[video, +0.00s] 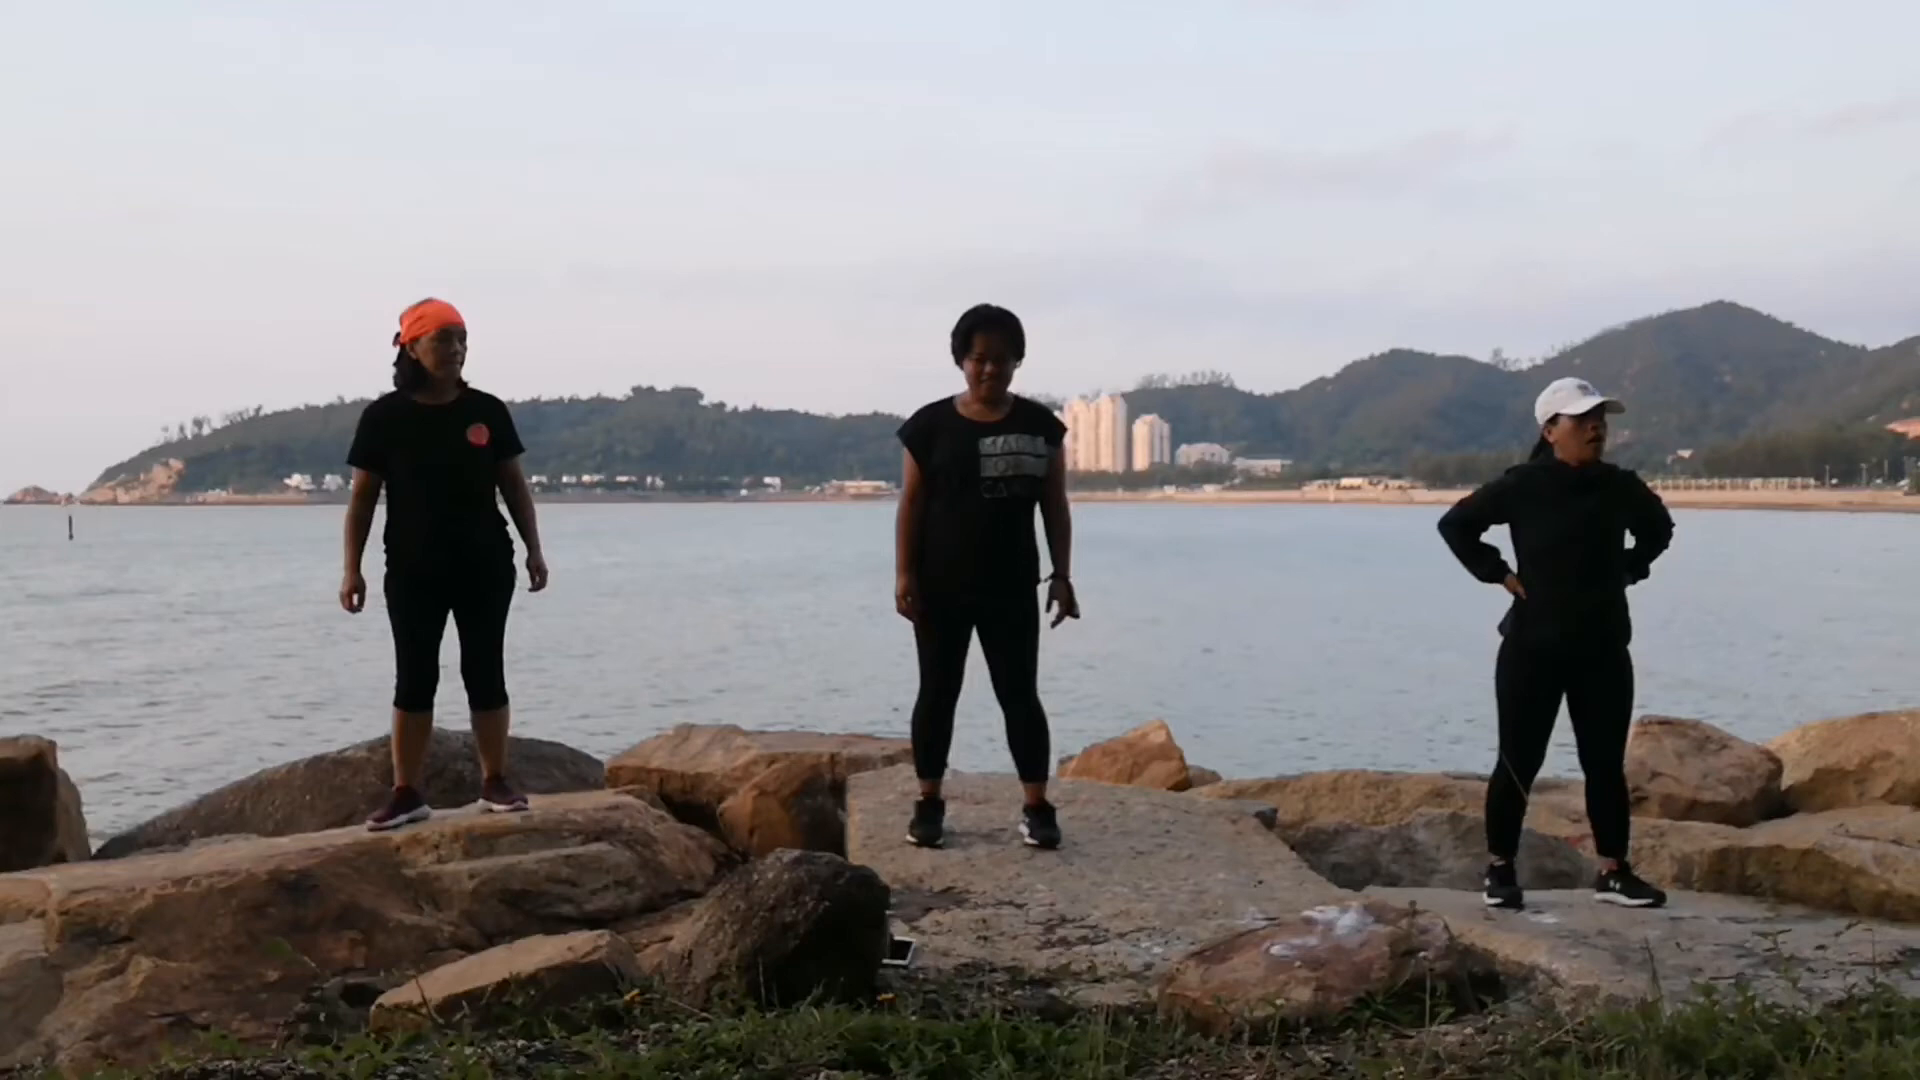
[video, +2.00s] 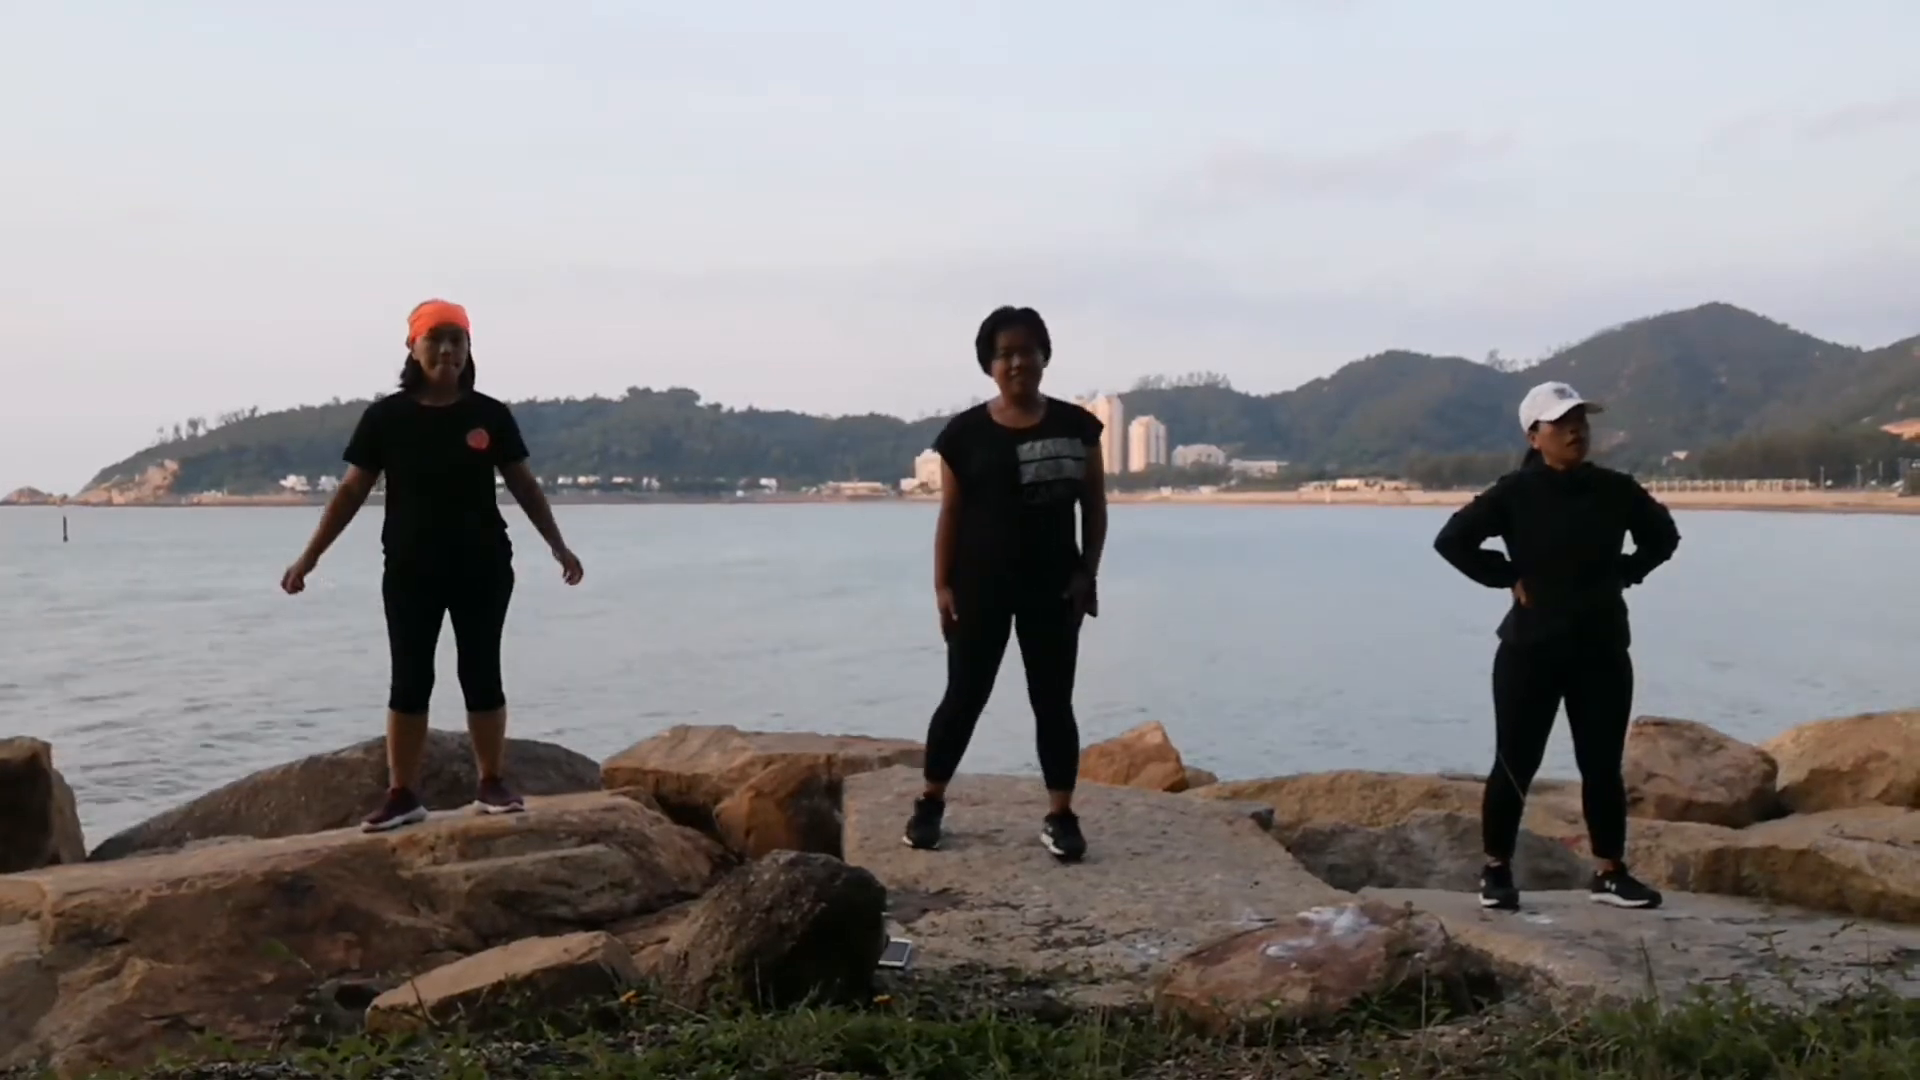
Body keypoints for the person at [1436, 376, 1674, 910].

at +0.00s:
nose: (1598, 429)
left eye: (1600, 419)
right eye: (1584, 420)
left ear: (1602, 425)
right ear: (1551, 429)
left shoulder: (1618, 484)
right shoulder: (1521, 486)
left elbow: (1659, 529)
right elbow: (1454, 526)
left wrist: (1626, 568)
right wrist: (1501, 574)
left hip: (1602, 647)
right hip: (1534, 645)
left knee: (1606, 764)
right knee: (1519, 761)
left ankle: (1614, 870)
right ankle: (1501, 869)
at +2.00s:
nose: (1577, 431)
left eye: (1580, 420)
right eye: (1563, 424)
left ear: (1586, 425)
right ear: (1535, 435)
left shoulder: (1614, 489)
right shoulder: (1514, 493)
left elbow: (1664, 536)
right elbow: (1451, 542)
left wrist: (1625, 572)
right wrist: (1508, 576)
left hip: (1601, 649)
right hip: (1531, 649)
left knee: (1603, 766)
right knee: (1515, 765)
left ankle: (1611, 872)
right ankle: (1497, 872)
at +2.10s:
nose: (1578, 430)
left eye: (1581, 420)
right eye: (1565, 423)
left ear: (1586, 424)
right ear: (1536, 435)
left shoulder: (1614, 488)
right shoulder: (1514, 492)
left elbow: (1664, 536)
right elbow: (1452, 542)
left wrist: (1625, 571)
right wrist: (1509, 576)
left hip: (1601, 649)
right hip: (1531, 650)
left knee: (1603, 766)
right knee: (1515, 764)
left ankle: (1610, 872)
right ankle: (1497, 872)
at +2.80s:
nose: (1580, 431)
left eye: (1582, 421)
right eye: (1567, 423)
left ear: (1586, 426)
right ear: (1536, 434)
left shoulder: (1612, 489)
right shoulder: (1513, 493)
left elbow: (1660, 537)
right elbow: (1450, 542)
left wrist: (1621, 573)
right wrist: (1508, 577)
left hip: (1598, 649)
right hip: (1529, 650)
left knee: (1601, 767)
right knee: (1513, 765)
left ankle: (1608, 872)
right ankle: (1495, 871)